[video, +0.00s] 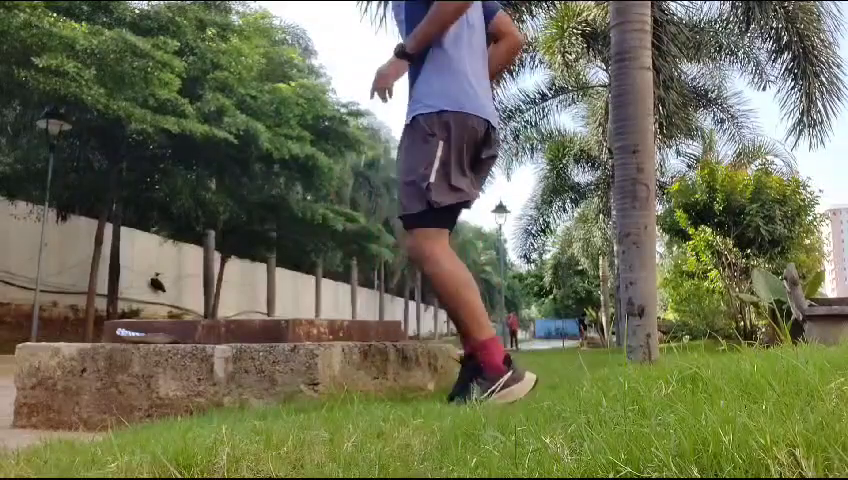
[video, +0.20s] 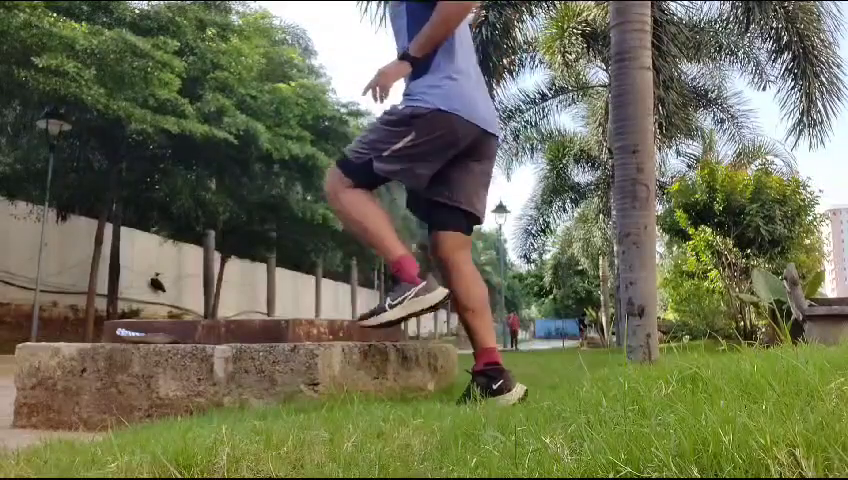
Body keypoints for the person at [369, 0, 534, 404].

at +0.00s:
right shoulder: (476, 5)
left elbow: (457, 3)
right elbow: (511, 38)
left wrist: (403, 55)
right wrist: (469, 89)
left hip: (442, 107)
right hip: (475, 113)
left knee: (426, 242)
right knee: (431, 243)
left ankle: (496, 368)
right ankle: (478, 364)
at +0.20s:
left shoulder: (416, 5)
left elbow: (465, 3)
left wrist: (407, 59)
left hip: (440, 103)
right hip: (483, 119)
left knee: (342, 184)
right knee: (452, 248)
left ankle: (409, 277)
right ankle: (490, 371)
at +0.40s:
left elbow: (404, 1)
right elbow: (470, 30)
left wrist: (374, 26)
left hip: (419, 69)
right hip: (464, 80)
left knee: (361, 183)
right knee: (404, 198)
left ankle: (391, 308)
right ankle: (464, 300)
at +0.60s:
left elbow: (365, 6)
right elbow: (487, 3)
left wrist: (350, 14)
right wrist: (451, 42)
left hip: (425, 55)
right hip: (463, 66)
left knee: (383, 178)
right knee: (416, 189)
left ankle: (436, 299)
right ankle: (416, 305)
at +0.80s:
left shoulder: (414, 2)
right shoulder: (467, 8)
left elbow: (387, 6)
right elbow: (515, 4)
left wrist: (375, 10)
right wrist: (470, 44)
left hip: (444, 90)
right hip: (480, 98)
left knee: (441, 236)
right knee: (382, 190)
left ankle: (477, 362)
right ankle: (436, 287)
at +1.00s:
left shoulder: (425, 4)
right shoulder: (476, 5)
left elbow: (436, 3)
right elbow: (511, 34)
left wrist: (395, 33)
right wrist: (476, 89)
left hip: (441, 107)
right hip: (474, 113)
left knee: (439, 245)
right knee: (406, 242)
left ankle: (497, 374)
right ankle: (489, 338)